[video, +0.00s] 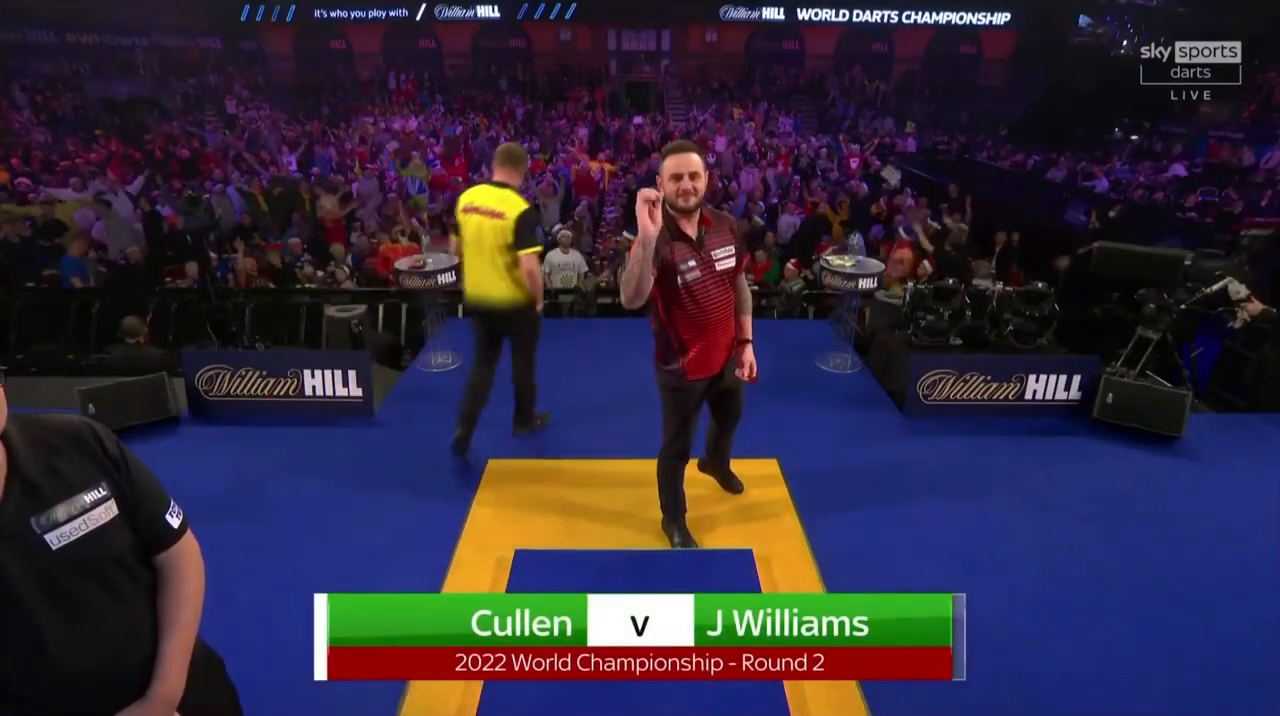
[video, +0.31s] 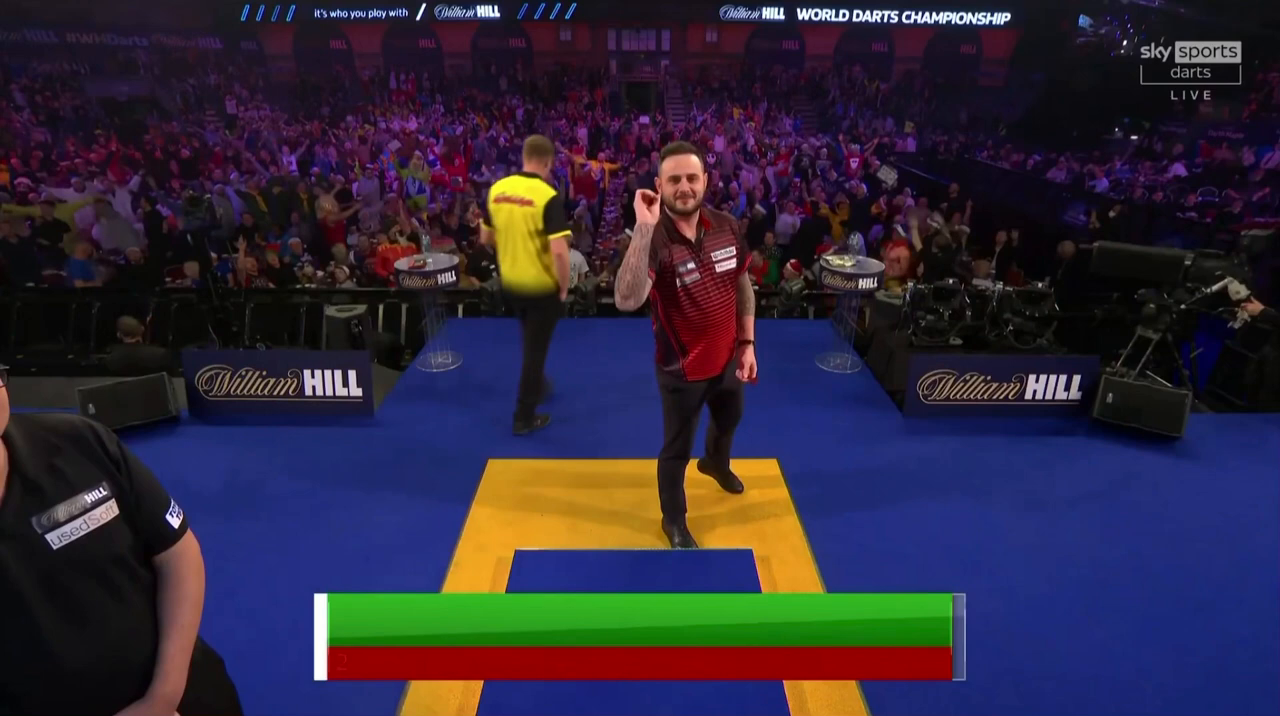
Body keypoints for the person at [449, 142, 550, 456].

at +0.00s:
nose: (522, 177)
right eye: (524, 172)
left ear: (494, 168)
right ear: (523, 172)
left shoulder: (466, 198)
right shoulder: (521, 210)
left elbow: (455, 245)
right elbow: (529, 263)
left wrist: (479, 257)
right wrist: (538, 298)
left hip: (477, 297)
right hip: (514, 300)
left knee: (482, 366)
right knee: (523, 362)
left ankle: (463, 430)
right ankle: (524, 418)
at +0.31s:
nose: (551, 167)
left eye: (549, 162)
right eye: (551, 162)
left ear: (523, 159)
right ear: (549, 162)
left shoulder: (497, 188)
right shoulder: (548, 196)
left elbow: (486, 236)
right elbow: (558, 249)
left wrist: (510, 250)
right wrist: (564, 286)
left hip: (510, 281)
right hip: (540, 284)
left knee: (531, 340)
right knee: (533, 354)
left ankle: (537, 386)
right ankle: (524, 417)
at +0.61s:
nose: (585, 163)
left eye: (585, 157)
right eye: (584, 157)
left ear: (558, 154)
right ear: (574, 155)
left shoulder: (536, 180)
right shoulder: (570, 189)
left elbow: (529, 223)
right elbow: (574, 237)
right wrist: (586, 272)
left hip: (544, 268)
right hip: (567, 270)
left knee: (565, 319)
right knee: (582, 329)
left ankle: (566, 372)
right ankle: (544, 386)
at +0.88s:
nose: (615, 155)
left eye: (615, 149)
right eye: (611, 149)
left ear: (595, 150)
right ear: (595, 149)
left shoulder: (580, 173)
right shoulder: (588, 179)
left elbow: (587, 215)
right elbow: (578, 224)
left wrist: (611, 225)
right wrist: (591, 261)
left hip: (575, 262)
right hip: (588, 264)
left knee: (572, 322)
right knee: (612, 317)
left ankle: (568, 374)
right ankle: (615, 369)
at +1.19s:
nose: (637, 150)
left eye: (638, 145)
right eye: (631, 145)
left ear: (637, 148)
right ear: (614, 148)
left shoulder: (627, 178)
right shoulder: (607, 178)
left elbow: (623, 220)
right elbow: (590, 222)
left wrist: (648, 228)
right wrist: (604, 260)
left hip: (628, 258)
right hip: (613, 259)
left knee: (620, 313)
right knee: (624, 314)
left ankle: (585, 356)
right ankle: (626, 369)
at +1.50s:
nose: (654, 146)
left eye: (657, 141)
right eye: (648, 141)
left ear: (660, 144)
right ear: (634, 144)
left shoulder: (661, 172)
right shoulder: (622, 175)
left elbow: (665, 211)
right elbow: (602, 217)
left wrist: (669, 241)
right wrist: (621, 253)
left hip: (658, 252)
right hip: (630, 256)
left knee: (660, 312)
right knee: (629, 315)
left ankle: (667, 367)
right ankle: (626, 368)